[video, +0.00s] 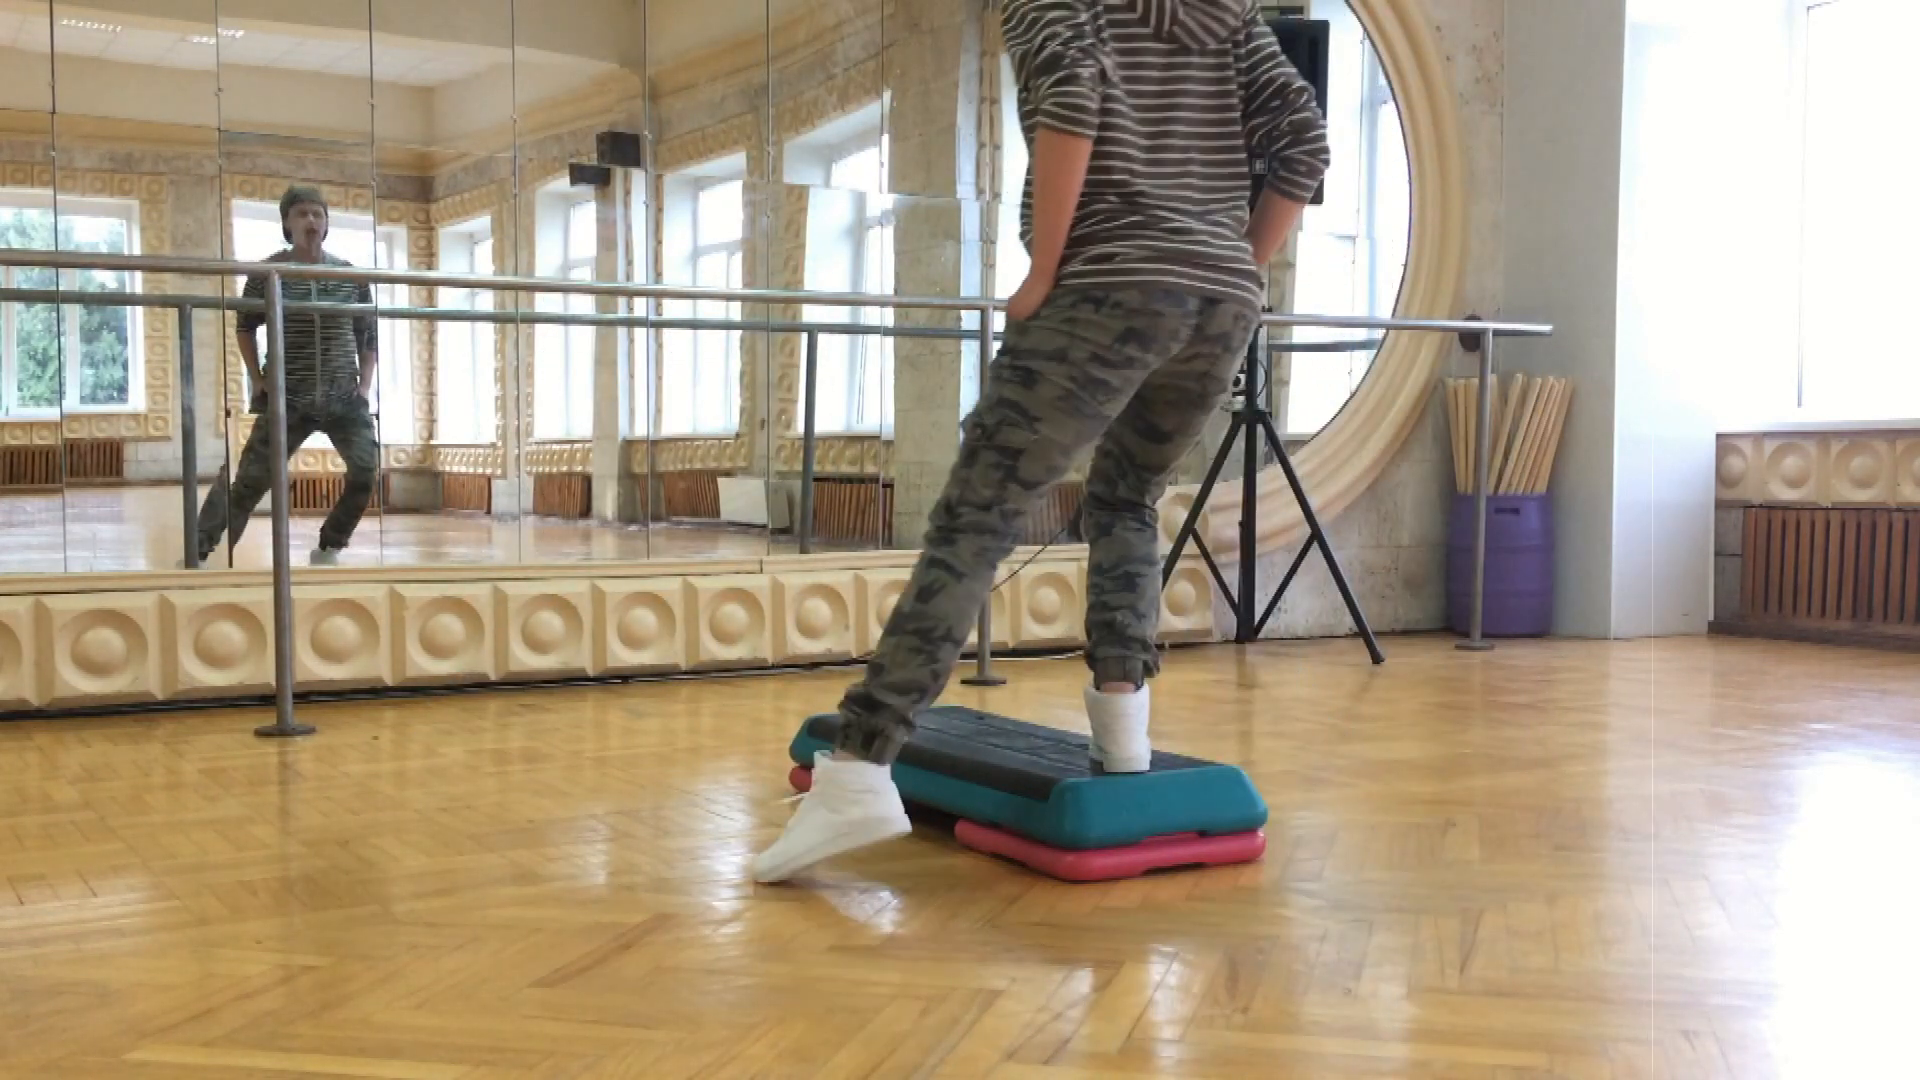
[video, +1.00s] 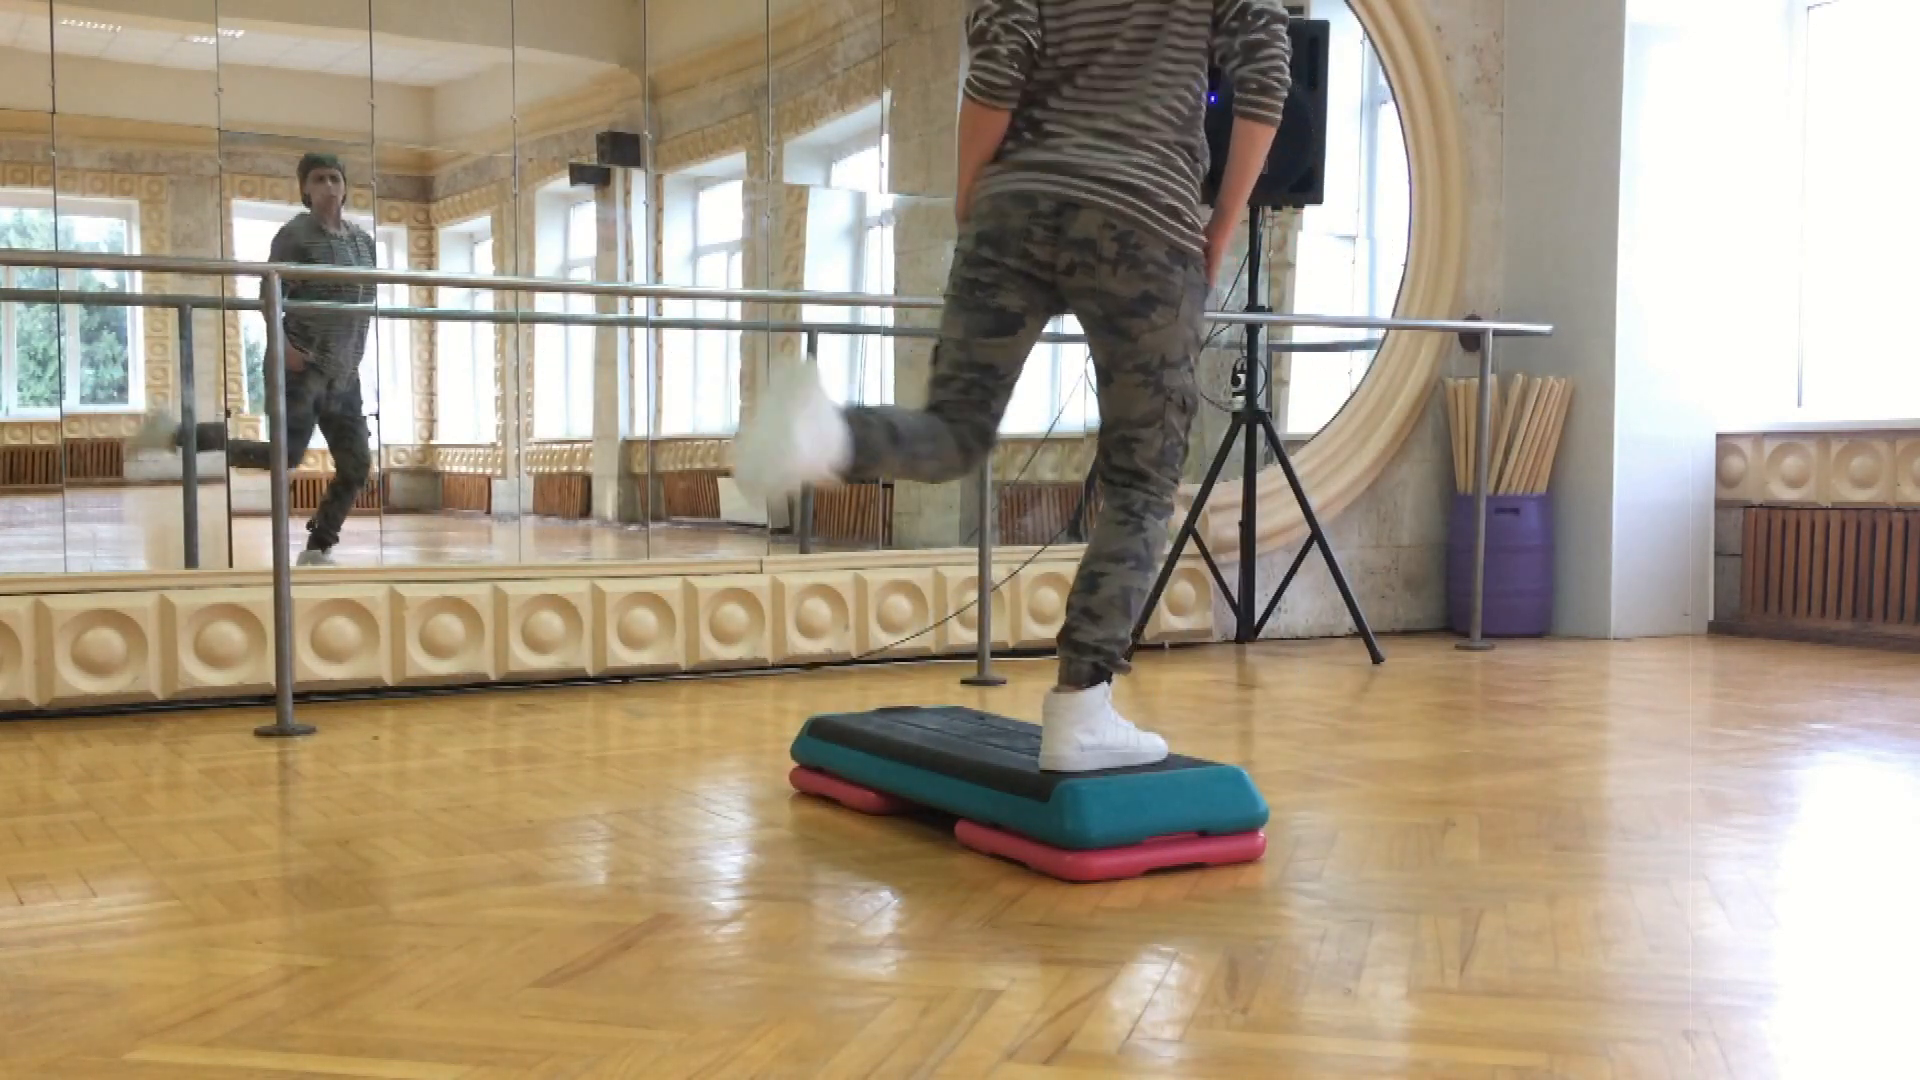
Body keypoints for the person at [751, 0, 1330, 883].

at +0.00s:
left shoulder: (1047, 6)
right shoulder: (1227, 10)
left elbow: (1071, 97)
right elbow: (1303, 142)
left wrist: (1042, 268)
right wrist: (1240, 268)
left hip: (1117, 272)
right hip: (1228, 289)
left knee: (977, 515)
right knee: (1126, 498)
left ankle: (857, 769)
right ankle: (1124, 743)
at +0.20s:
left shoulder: (1031, 7)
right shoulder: (1218, 11)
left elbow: (1039, 90)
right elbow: (1299, 144)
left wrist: (1007, 265)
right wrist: (1227, 261)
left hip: (1088, 262)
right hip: (1203, 280)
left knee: (965, 510)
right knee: (1113, 491)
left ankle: (850, 756)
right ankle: (1124, 741)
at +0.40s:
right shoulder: (1262, 4)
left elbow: (1021, 38)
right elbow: (1293, 73)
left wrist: (982, 179)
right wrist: (1236, 214)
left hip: (1049, 168)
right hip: (1177, 199)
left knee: (928, 390)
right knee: (1138, 458)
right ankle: (1119, 701)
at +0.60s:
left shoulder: (1040, 2)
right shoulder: (1248, 4)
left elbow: (1006, 95)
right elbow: (1287, 97)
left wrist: (981, 228)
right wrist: (1230, 249)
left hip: (1038, 198)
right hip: (1168, 223)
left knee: (902, 408)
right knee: (1157, 486)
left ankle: (778, 307)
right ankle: (1082, 710)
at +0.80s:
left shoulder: (1037, 0)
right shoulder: (1247, 4)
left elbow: (1005, 87)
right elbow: (1279, 93)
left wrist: (983, 224)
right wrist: (1231, 238)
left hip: (1034, 197)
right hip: (1163, 220)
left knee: (904, 416)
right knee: (1158, 491)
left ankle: (776, 345)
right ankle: (1083, 712)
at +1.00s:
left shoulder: (1024, 1)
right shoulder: (1235, 5)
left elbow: (996, 69)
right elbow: (1264, 86)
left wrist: (970, 207)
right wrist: (1221, 232)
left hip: (1017, 191)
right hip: (1146, 214)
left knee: (955, 429)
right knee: (1139, 483)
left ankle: (825, 435)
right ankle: (1079, 712)